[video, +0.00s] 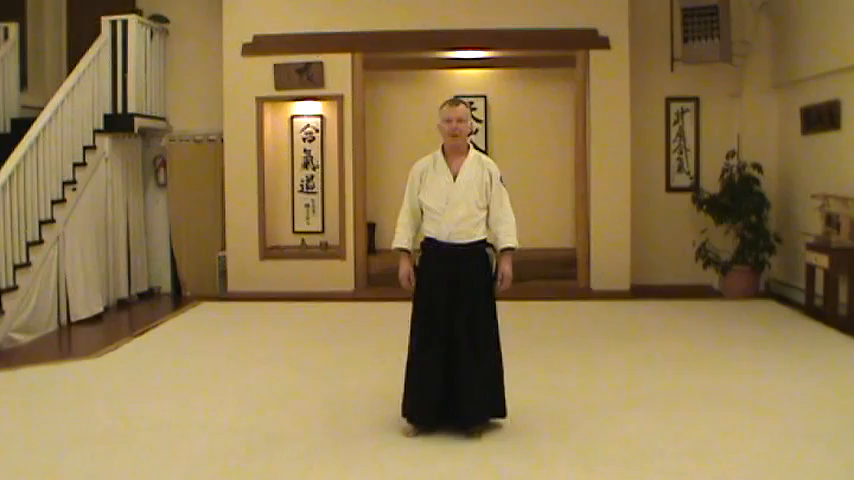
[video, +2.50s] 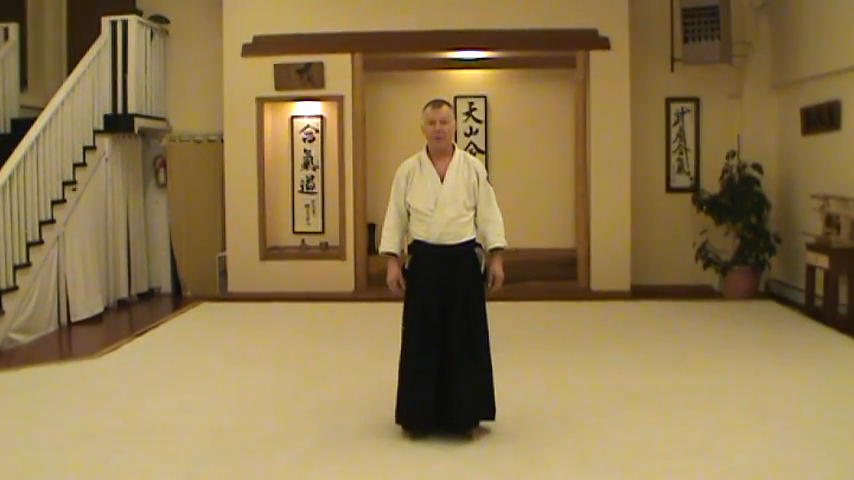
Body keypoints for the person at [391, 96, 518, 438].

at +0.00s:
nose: (455, 126)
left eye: (461, 121)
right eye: (448, 121)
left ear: (472, 125)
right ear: (438, 126)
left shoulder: (487, 167)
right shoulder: (423, 168)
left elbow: (501, 213)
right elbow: (409, 213)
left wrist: (506, 256)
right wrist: (404, 256)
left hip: (473, 258)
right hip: (434, 258)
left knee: (473, 334)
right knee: (429, 333)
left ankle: (474, 413)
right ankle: (422, 412)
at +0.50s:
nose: (429, 127)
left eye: (435, 121)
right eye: (423, 122)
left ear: (445, 125)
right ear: (414, 127)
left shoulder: (463, 167)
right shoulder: (400, 170)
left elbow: (478, 213)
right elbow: (387, 216)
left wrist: (485, 257)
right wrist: (383, 260)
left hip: (455, 261)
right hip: (415, 261)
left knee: (458, 336)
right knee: (416, 337)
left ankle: (460, 415)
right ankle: (415, 416)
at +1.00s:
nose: (431, 126)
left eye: (437, 120)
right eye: (425, 121)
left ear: (448, 123)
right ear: (416, 126)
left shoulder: (467, 165)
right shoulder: (402, 169)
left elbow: (483, 209)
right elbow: (389, 215)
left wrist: (491, 252)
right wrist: (387, 258)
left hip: (459, 258)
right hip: (419, 259)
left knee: (462, 334)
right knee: (419, 335)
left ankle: (463, 414)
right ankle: (417, 415)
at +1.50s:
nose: (437, 126)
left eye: (443, 121)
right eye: (431, 121)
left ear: (453, 125)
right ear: (422, 126)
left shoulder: (471, 166)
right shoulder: (408, 169)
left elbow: (488, 211)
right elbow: (394, 216)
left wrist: (495, 255)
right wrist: (391, 260)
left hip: (463, 259)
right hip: (424, 260)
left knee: (465, 336)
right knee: (423, 337)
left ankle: (466, 416)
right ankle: (420, 417)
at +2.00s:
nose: (439, 126)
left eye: (445, 120)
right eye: (432, 120)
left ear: (455, 124)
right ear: (423, 126)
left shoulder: (472, 166)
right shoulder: (408, 168)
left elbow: (488, 211)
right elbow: (395, 214)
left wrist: (495, 255)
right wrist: (391, 258)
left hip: (463, 259)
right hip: (423, 259)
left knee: (464, 334)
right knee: (423, 335)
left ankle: (464, 415)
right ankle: (420, 416)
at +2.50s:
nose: (438, 128)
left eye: (444, 122)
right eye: (432, 123)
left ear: (455, 126)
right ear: (423, 128)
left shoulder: (472, 167)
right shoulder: (408, 169)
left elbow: (488, 212)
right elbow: (395, 216)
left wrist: (495, 256)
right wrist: (392, 260)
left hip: (463, 260)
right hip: (424, 260)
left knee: (464, 335)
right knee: (422, 336)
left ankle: (463, 416)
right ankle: (419, 416)